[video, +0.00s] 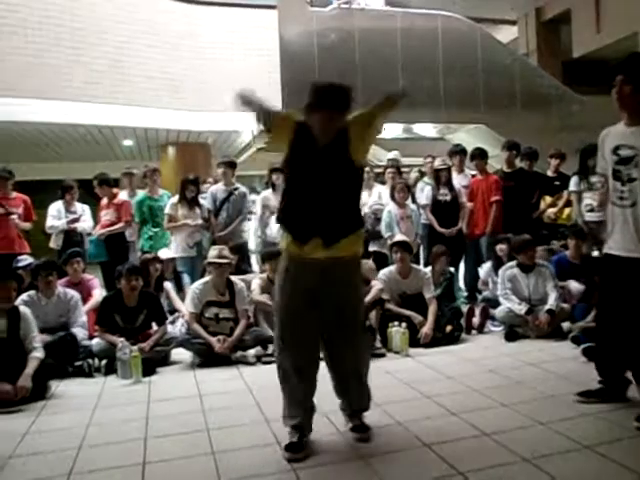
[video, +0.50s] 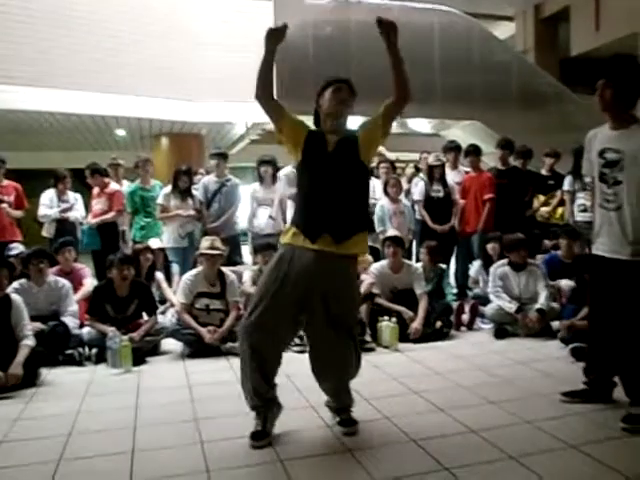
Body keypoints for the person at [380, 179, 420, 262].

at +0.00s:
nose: (401, 195)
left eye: (404, 192)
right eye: (398, 192)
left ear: (408, 194)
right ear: (393, 194)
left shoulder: (413, 209)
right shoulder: (389, 210)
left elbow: (418, 225)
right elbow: (385, 227)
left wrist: (416, 240)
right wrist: (392, 239)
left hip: (413, 243)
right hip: (396, 243)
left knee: (413, 269)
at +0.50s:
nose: (395, 190)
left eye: (397, 187)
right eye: (392, 187)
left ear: (401, 188)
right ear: (386, 189)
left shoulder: (407, 205)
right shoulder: (381, 205)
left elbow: (411, 222)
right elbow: (378, 223)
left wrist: (409, 236)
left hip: (405, 239)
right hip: (388, 238)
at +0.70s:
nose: (387, 190)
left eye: (390, 186)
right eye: (384, 186)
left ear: (393, 188)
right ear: (378, 188)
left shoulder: (398, 206)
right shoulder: (374, 205)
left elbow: (403, 222)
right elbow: (369, 222)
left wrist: (401, 234)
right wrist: (374, 234)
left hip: (396, 238)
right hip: (380, 237)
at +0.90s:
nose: (386, 164)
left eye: (388, 160)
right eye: (383, 161)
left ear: (392, 162)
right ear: (377, 163)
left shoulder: (398, 180)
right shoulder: (373, 180)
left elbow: (403, 196)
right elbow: (369, 198)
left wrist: (401, 208)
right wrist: (373, 209)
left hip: (396, 212)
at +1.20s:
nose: (388, 164)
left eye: (391, 161)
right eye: (385, 161)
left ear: (394, 163)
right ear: (380, 163)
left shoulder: (401, 179)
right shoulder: (376, 180)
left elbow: (406, 196)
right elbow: (372, 199)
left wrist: (404, 210)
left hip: (400, 213)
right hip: (384, 213)